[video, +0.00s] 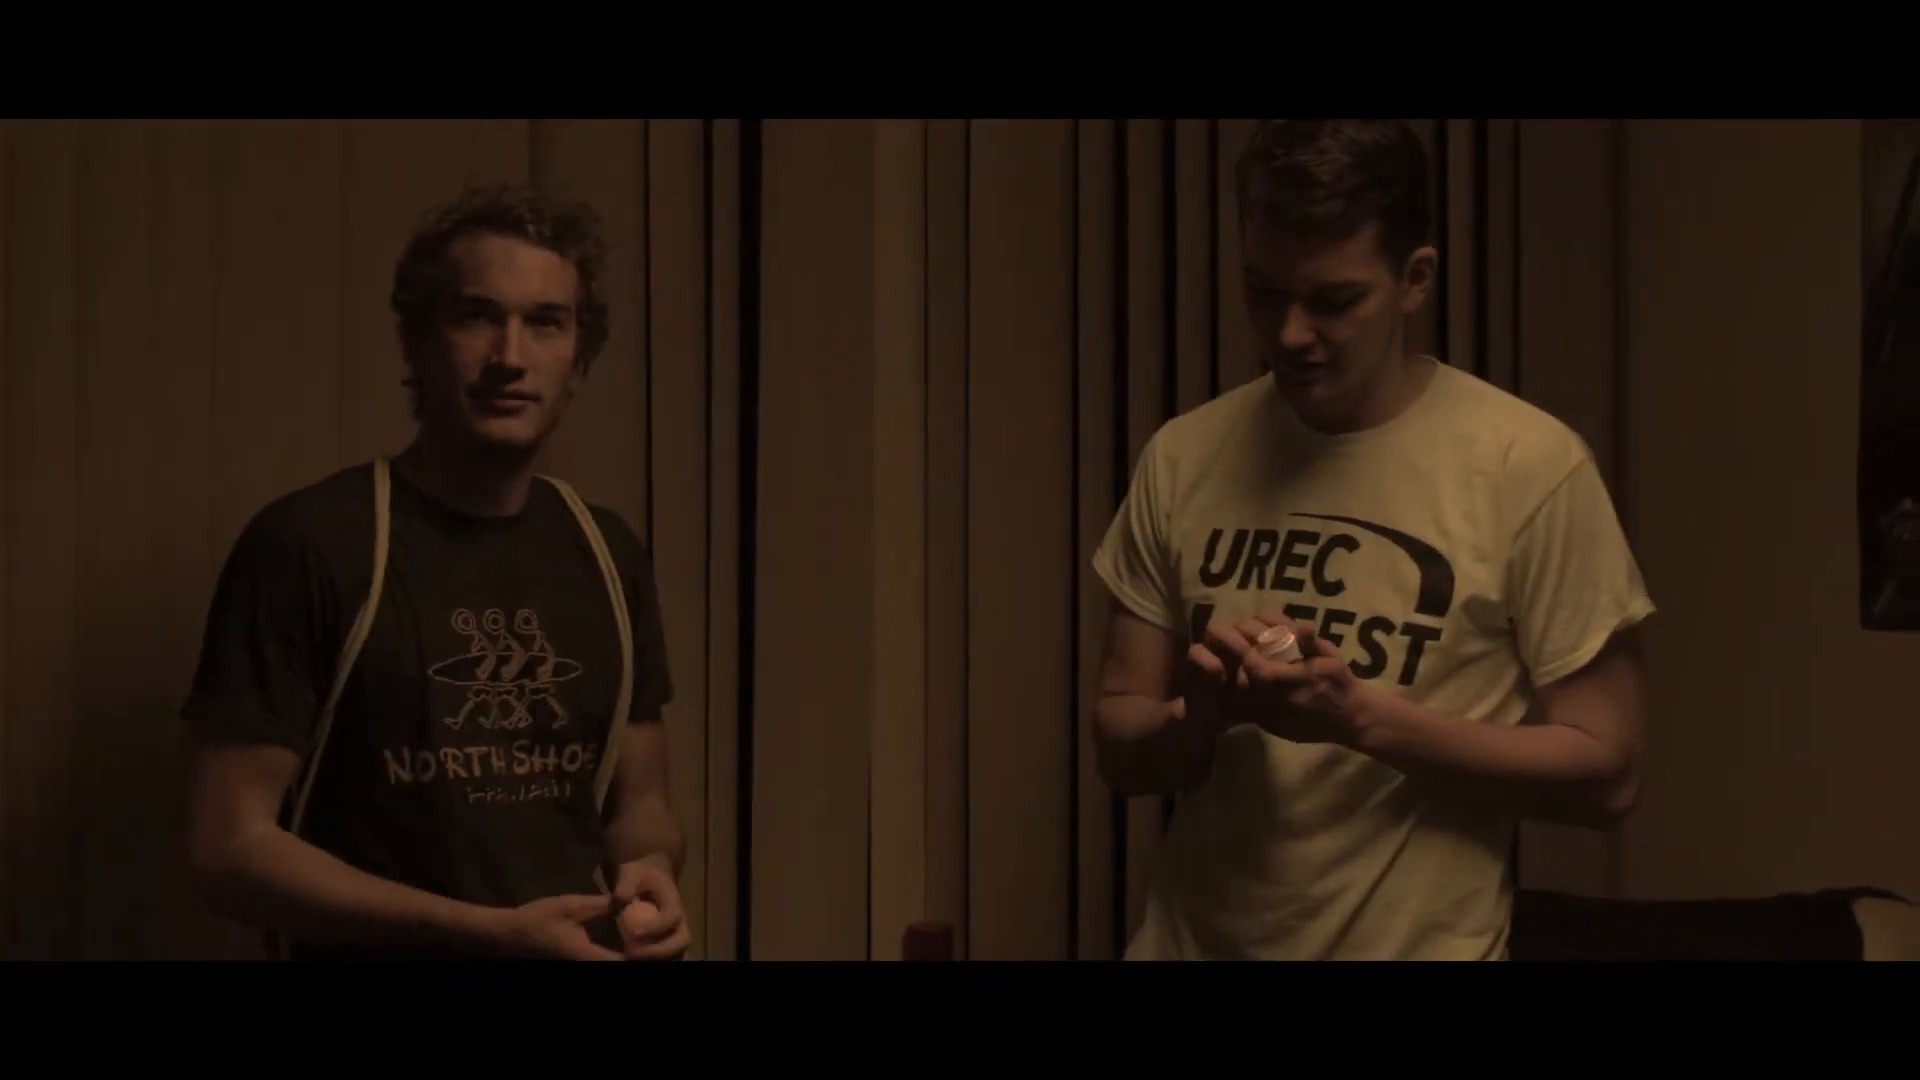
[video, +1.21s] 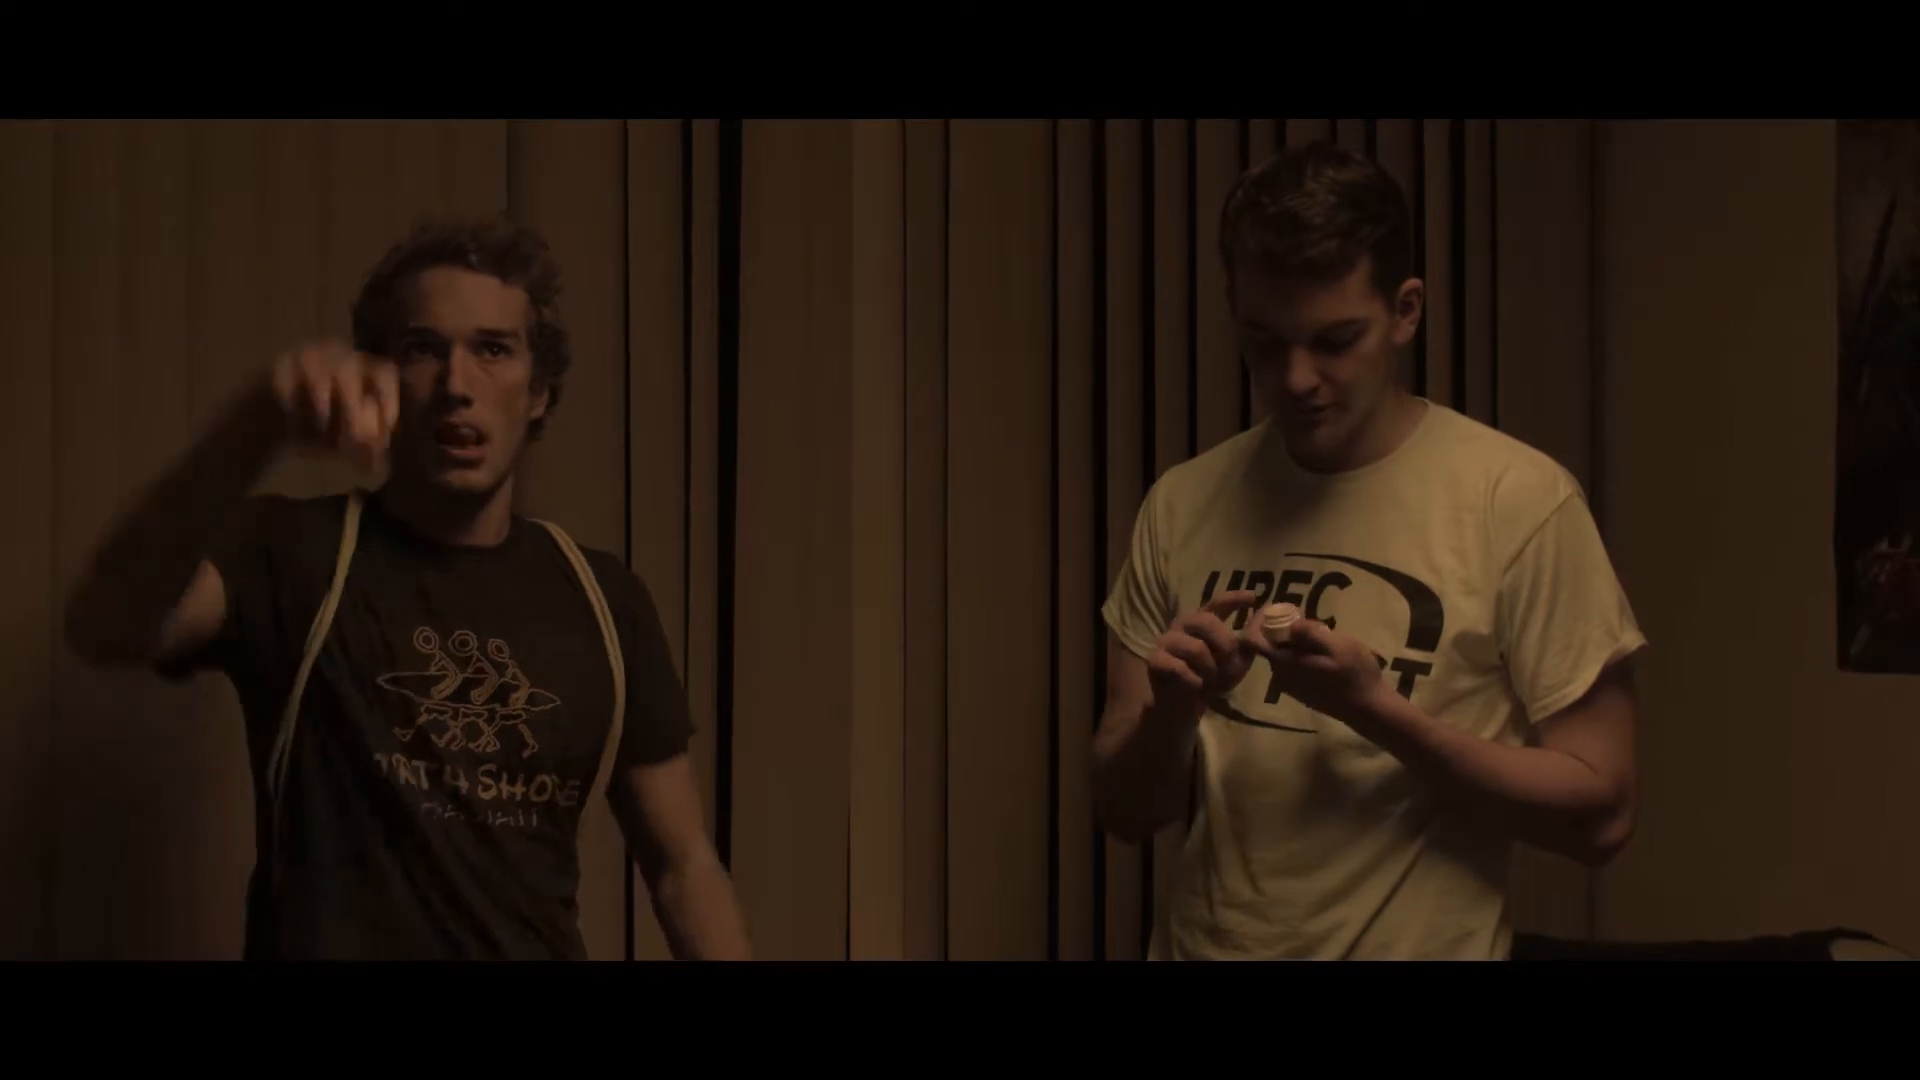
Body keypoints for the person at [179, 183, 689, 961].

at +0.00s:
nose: (510, 356)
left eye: (544, 322)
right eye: (476, 317)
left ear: (581, 355)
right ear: (414, 342)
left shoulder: (607, 552)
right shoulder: (306, 548)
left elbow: (638, 793)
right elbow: (229, 844)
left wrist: (648, 873)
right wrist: (497, 931)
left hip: (583, 950)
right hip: (376, 955)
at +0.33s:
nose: (510, 374)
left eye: (542, 342)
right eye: (474, 338)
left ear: (573, 378)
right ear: (410, 371)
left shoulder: (599, 581)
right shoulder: (311, 576)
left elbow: (614, 822)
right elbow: (231, 865)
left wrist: (653, 901)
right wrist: (499, 885)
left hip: (561, 953)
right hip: (375, 954)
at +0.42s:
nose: (509, 374)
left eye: (541, 341)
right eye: (472, 338)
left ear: (572, 380)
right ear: (408, 374)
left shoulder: (596, 582)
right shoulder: (306, 578)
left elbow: (599, 824)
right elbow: (224, 863)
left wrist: (649, 895)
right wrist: (461, 788)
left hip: (558, 948)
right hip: (371, 948)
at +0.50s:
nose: (498, 381)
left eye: (532, 347)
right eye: (463, 344)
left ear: (565, 385)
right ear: (404, 379)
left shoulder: (595, 586)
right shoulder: (300, 578)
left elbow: (605, 830)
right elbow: (218, 871)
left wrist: (651, 905)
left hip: (556, 946)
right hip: (365, 945)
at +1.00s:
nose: (453, 380)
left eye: (488, 349)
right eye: (421, 348)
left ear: (532, 396)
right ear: (375, 392)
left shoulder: (593, 594)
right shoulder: (275, 571)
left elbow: (669, 838)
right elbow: (192, 815)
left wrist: (709, 919)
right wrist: (309, 653)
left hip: (544, 948)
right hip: (338, 946)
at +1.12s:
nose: (453, 383)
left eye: (488, 351)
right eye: (419, 349)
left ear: (536, 393)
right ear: (373, 387)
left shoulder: (600, 596)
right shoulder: (291, 563)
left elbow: (684, 854)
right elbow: (136, 722)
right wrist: (294, 536)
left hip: (540, 948)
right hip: (332, 948)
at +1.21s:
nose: (456, 383)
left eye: (492, 351)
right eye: (424, 350)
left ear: (538, 391)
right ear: (372, 379)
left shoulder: (603, 596)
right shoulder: (295, 554)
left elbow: (679, 863)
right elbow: (107, 625)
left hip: (535, 951)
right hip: (324, 949)